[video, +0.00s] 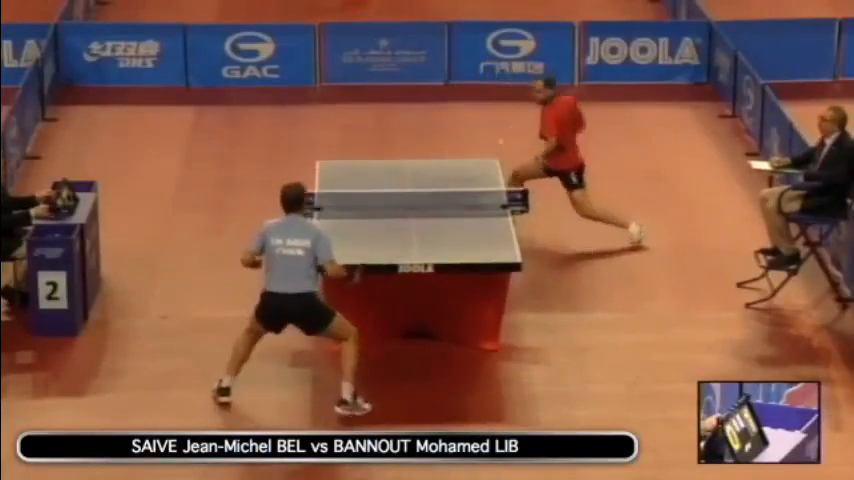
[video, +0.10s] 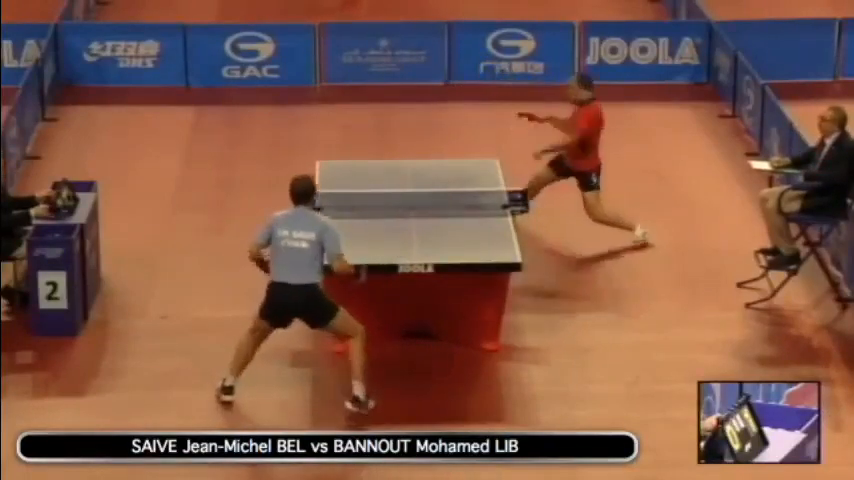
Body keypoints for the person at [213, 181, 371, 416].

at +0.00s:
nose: (304, 203)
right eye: (304, 199)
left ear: (282, 204)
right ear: (304, 202)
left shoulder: (270, 229)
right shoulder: (314, 231)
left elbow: (246, 259)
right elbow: (331, 269)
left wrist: (263, 262)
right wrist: (344, 272)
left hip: (272, 301)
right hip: (305, 303)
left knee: (251, 334)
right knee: (350, 335)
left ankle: (225, 384)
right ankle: (348, 397)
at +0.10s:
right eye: (314, 193)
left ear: (291, 196)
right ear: (314, 196)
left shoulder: (277, 220)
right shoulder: (323, 225)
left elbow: (253, 251)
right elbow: (338, 266)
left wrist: (266, 267)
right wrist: (349, 269)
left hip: (278, 294)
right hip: (309, 296)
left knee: (254, 335)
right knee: (357, 332)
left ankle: (228, 383)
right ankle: (358, 393)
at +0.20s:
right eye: (331, 199)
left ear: (306, 200)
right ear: (329, 202)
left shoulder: (290, 224)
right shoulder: (330, 231)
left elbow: (271, 260)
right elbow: (338, 275)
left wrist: (278, 285)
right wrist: (361, 290)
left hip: (285, 295)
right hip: (314, 298)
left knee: (265, 337)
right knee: (361, 341)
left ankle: (238, 391)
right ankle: (375, 404)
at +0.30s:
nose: (349, 223)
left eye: (349, 218)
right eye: (348, 218)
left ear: (324, 215)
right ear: (344, 220)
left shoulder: (302, 238)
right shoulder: (337, 246)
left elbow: (282, 271)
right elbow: (345, 290)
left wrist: (280, 300)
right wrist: (376, 310)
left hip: (290, 308)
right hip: (319, 313)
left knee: (269, 348)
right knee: (369, 350)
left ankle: (237, 399)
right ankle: (377, 413)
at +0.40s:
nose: (391, 241)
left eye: (390, 237)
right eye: (390, 237)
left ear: (367, 234)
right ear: (383, 240)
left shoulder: (346, 249)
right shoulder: (368, 264)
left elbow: (318, 269)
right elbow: (385, 303)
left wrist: (295, 288)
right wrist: (422, 307)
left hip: (307, 316)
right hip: (331, 327)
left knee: (283, 353)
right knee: (384, 355)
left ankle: (240, 394)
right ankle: (377, 416)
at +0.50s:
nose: (413, 249)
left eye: (412, 244)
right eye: (411, 245)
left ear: (391, 243)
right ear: (401, 248)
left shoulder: (372, 252)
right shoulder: (387, 271)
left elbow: (346, 260)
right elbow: (417, 304)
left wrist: (324, 269)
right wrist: (457, 302)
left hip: (323, 312)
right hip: (345, 325)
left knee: (296, 352)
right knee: (394, 359)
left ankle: (251, 390)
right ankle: (378, 416)